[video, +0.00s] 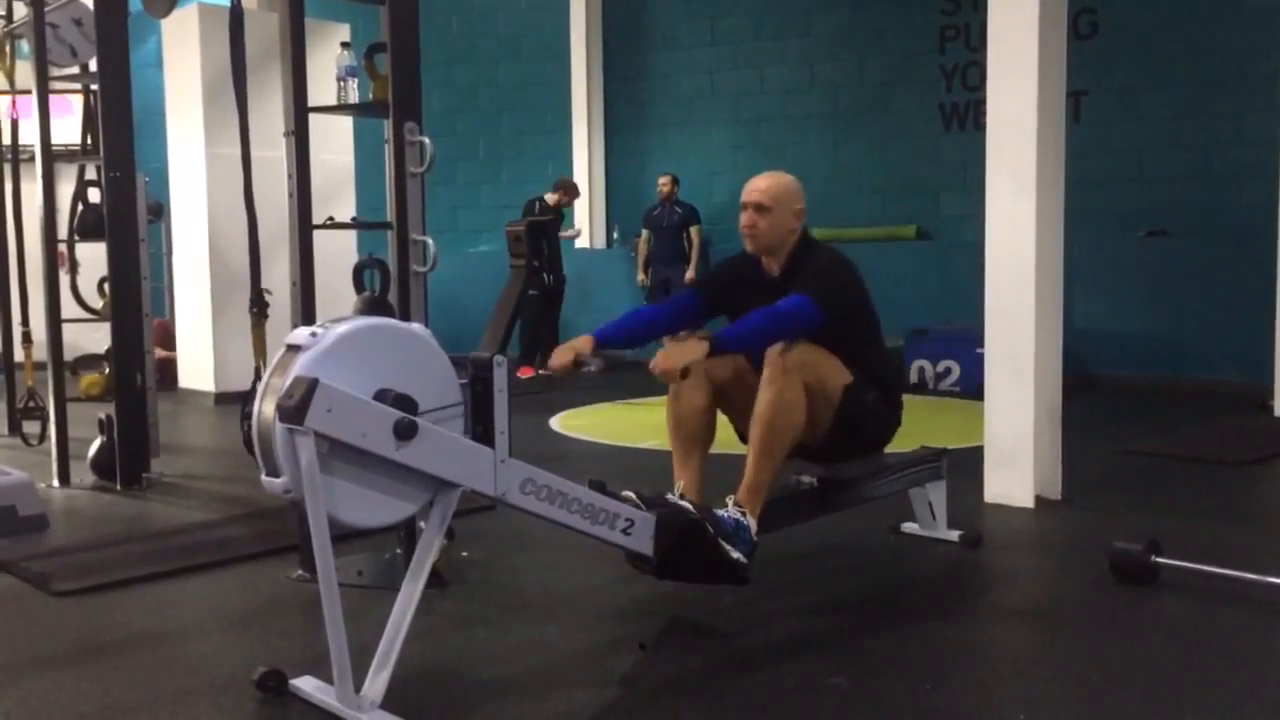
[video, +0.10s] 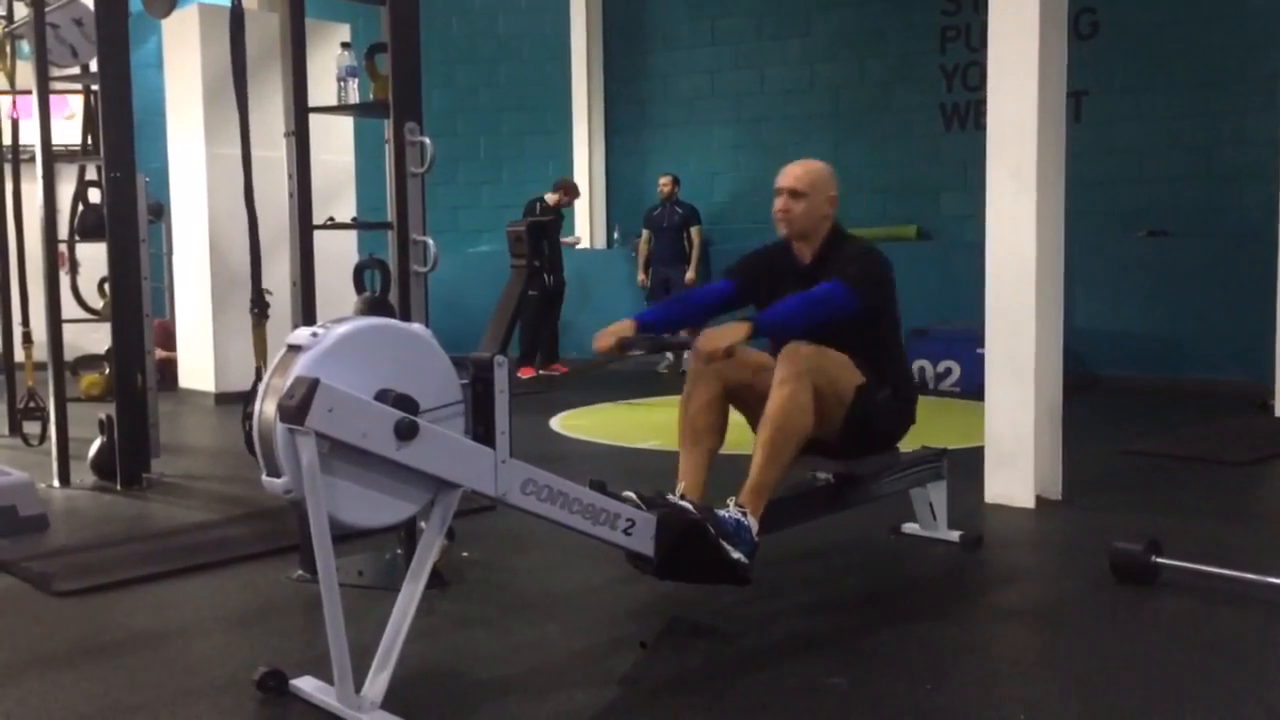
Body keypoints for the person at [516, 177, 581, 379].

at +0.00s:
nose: (571, 204)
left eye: (573, 200)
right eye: (570, 199)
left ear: (563, 195)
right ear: (561, 194)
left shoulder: (558, 213)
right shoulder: (534, 206)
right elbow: (530, 242)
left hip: (554, 272)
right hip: (535, 273)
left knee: (550, 321)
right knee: (532, 320)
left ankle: (546, 362)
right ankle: (526, 363)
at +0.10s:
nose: (570, 204)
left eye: (572, 200)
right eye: (570, 199)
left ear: (563, 195)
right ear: (561, 193)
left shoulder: (557, 212)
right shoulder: (535, 207)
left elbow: (552, 240)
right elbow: (530, 241)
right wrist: (536, 271)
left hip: (554, 272)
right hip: (536, 272)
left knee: (551, 320)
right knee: (531, 320)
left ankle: (549, 361)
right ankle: (526, 364)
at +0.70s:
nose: (559, 202)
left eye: (561, 198)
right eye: (559, 198)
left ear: (551, 194)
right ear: (549, 193)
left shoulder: (547, 213)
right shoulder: (530, 213)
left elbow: (550, 244)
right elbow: (530, 248)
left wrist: (562, 246)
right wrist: (537, 273)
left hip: (552, 276)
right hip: (535, 278)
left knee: (551, 323)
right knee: (529, 324)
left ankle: (549, 364)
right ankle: (525, 367)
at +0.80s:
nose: (557, 201)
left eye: (558, 197)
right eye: (556, 196)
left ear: (549, 194)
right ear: (546, 193)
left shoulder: (546, 213)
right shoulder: (529, 213)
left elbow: (548, 243)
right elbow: (529, 247)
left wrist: (565, 243)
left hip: (552, 277)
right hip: (534, 279)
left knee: (550, 324)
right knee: (529, 324)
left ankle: (549, 365)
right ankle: (525, 367)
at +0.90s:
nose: (556, 200)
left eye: (557, 196)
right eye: (555, 195)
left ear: (547, 194)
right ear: (544, 193)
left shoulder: (546, 214)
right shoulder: (527, 214)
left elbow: (548, 243)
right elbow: (527, 247)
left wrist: (565, 241)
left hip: (551, 277)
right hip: (533, 279)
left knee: (550, 324)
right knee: (528, 325)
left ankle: (548, 365)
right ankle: (524, 368)